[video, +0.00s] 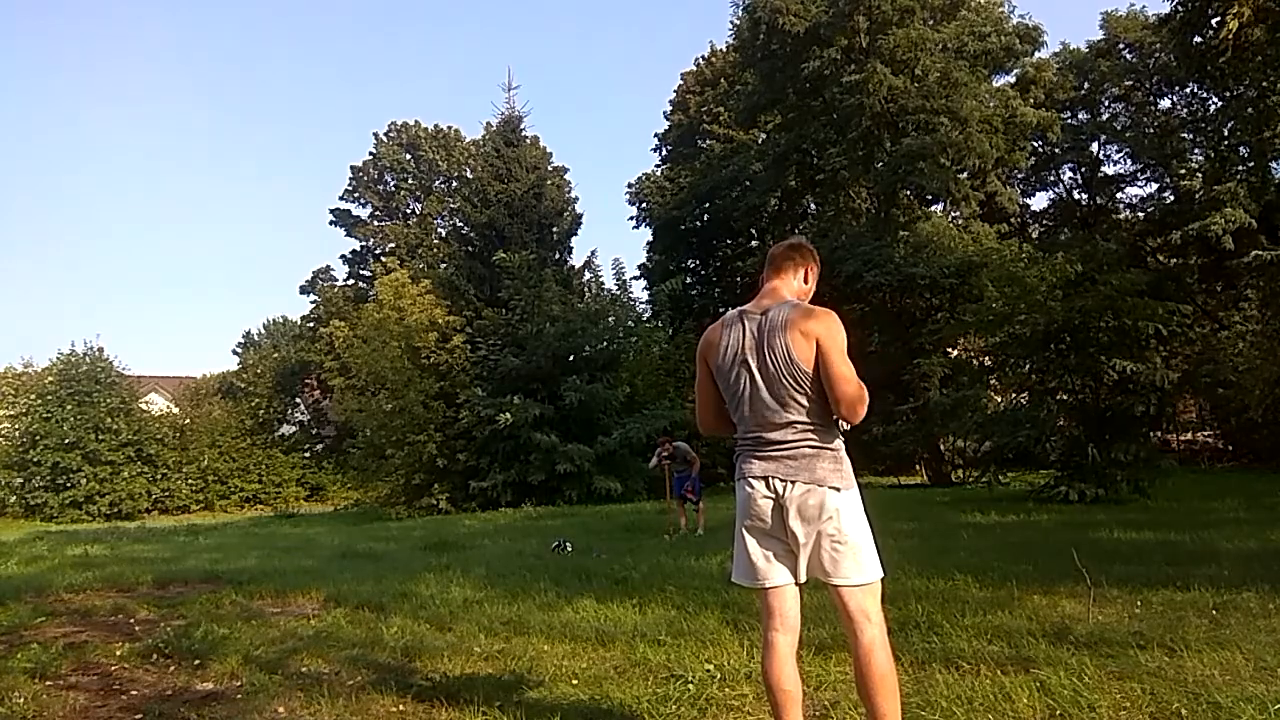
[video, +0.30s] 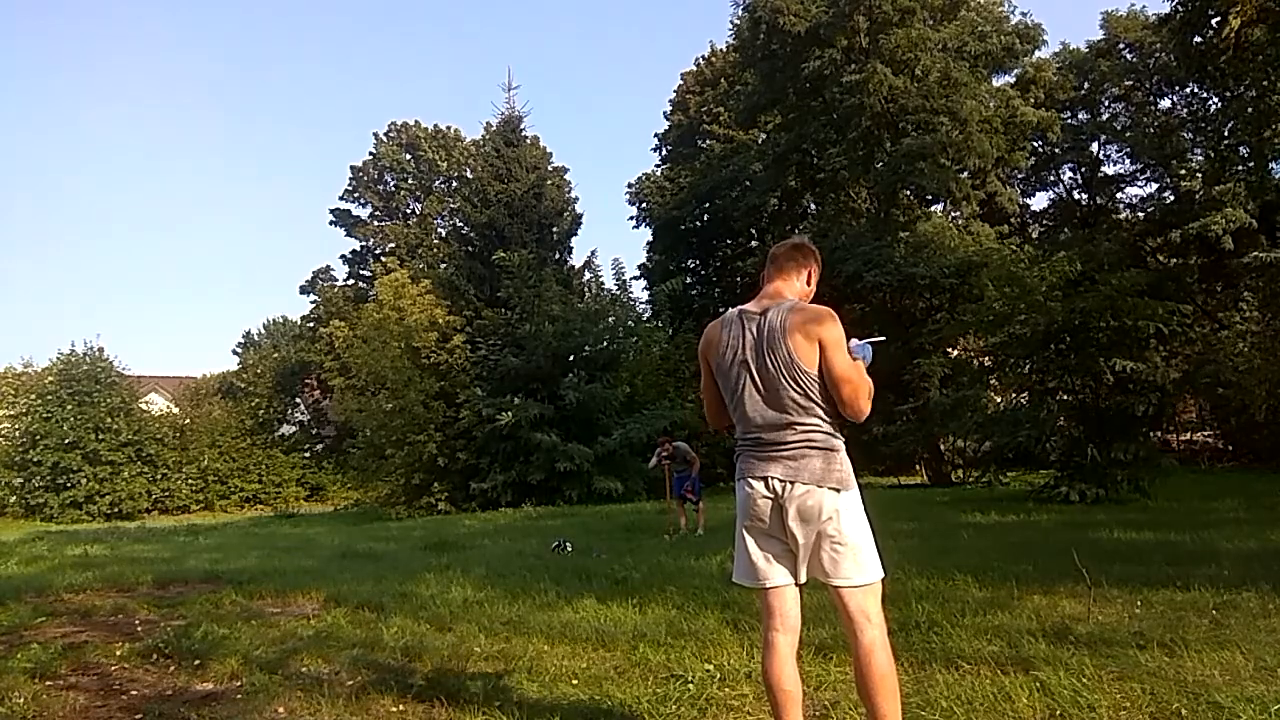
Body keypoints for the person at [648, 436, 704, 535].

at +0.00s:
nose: (667, 452)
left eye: (668, 449)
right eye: (664, 450)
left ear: (671, 446)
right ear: (661, 449)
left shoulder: (682, 447)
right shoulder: (660, 451)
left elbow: (696, 462)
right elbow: (650, 466)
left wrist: (692, 480)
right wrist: (659, 459)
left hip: (690, 473)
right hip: (677, 475)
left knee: (697, 501)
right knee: (679, 502)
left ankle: (700, 528)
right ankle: (683, 528)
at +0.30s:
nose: (666, 452)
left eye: (667, 449)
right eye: (664, 450)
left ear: (671, 446)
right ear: (661, 449)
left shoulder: (682, 447)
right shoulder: (659, 451)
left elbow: (696, 462)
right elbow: (650, 466)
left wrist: (692, 480)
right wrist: (659, 458)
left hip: (690, 473)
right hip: (677, 475)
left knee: (696, 501)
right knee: (679, 502)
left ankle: (700, 527)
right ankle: (683, 528)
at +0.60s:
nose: (666, 452)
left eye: (668, 449)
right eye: (664, 450)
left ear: (671, 445)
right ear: (661, 449)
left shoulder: (682, 447)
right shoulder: (660, 451)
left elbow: (696, 462)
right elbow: (650, 466)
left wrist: (692, 480)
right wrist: (659, 458)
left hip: (690, 473)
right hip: (677, 475)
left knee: (697, 501)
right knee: (679, 502)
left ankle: (700, 527)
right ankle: (683, 528)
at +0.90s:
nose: (667, 452)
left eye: (668, 449)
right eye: (664, 450)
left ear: (672, 446)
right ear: (661, 449)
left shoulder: (682, 447)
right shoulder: (660, 452)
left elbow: (696, 462)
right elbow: (652, 467)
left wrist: (692, 480)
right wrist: (660, 461)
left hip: (690, 473)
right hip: (677, 475)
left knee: (697, 501)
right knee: (679, 502)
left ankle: (700, 528)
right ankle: (683, 528)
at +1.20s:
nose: (667, 452)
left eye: (668, 449)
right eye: (665, 450)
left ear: (671, 445)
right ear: (661, 449)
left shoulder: (682, 447)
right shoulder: (660, 451)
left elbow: (696, 461)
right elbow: (652, 467)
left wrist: (692, 480)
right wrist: (660, 460)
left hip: (690, 473)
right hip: (677, 475)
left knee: (697, 501)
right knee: (679, 502)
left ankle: (700, 527)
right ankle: (683, 528)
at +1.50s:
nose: (667, 452)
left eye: (668, 449)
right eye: (665, 450)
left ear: (672, 446)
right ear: (662, 449)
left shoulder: (682, 447)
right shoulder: (660, 452)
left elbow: (696, 461)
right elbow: (652, 467)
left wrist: (692, 480)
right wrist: (660, 460)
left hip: (690, 472)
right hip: (677, 475)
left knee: (697, 501)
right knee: (679, 502)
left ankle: (700, 528)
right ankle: (683, 528)